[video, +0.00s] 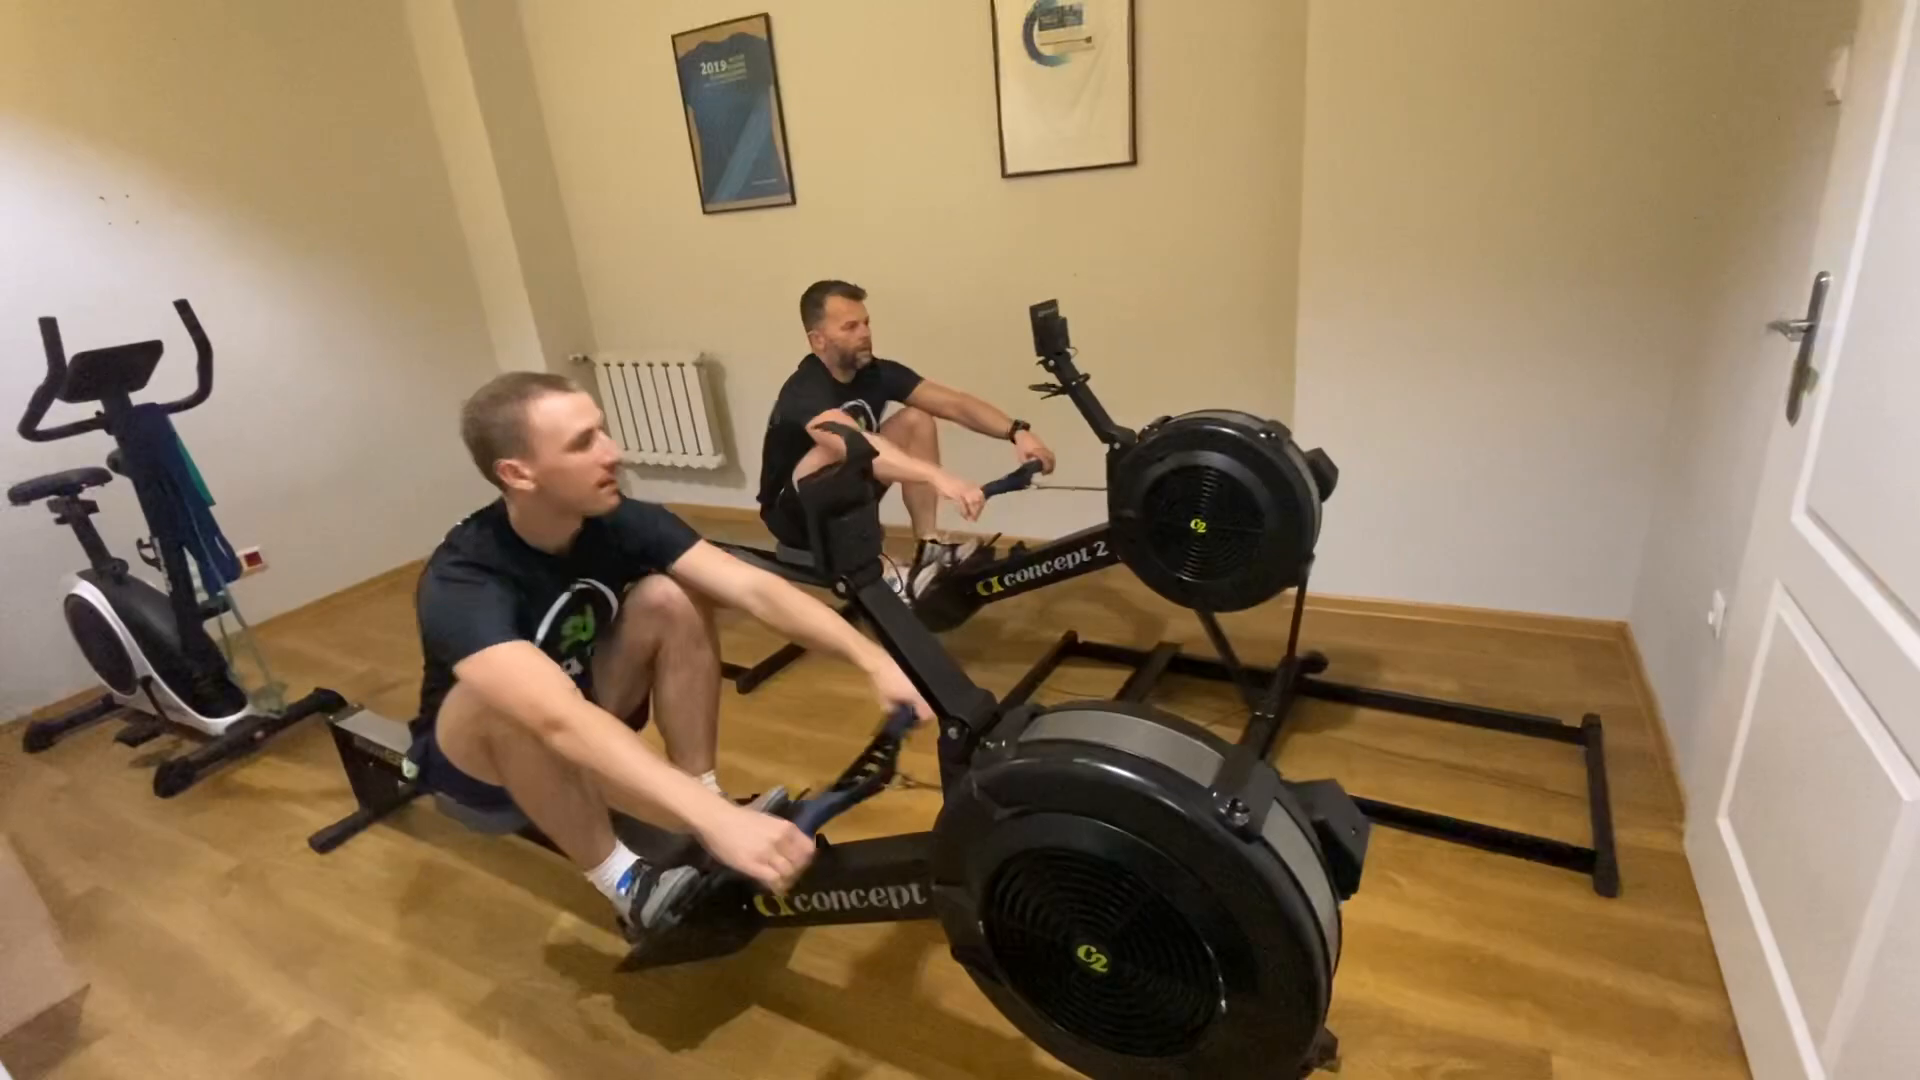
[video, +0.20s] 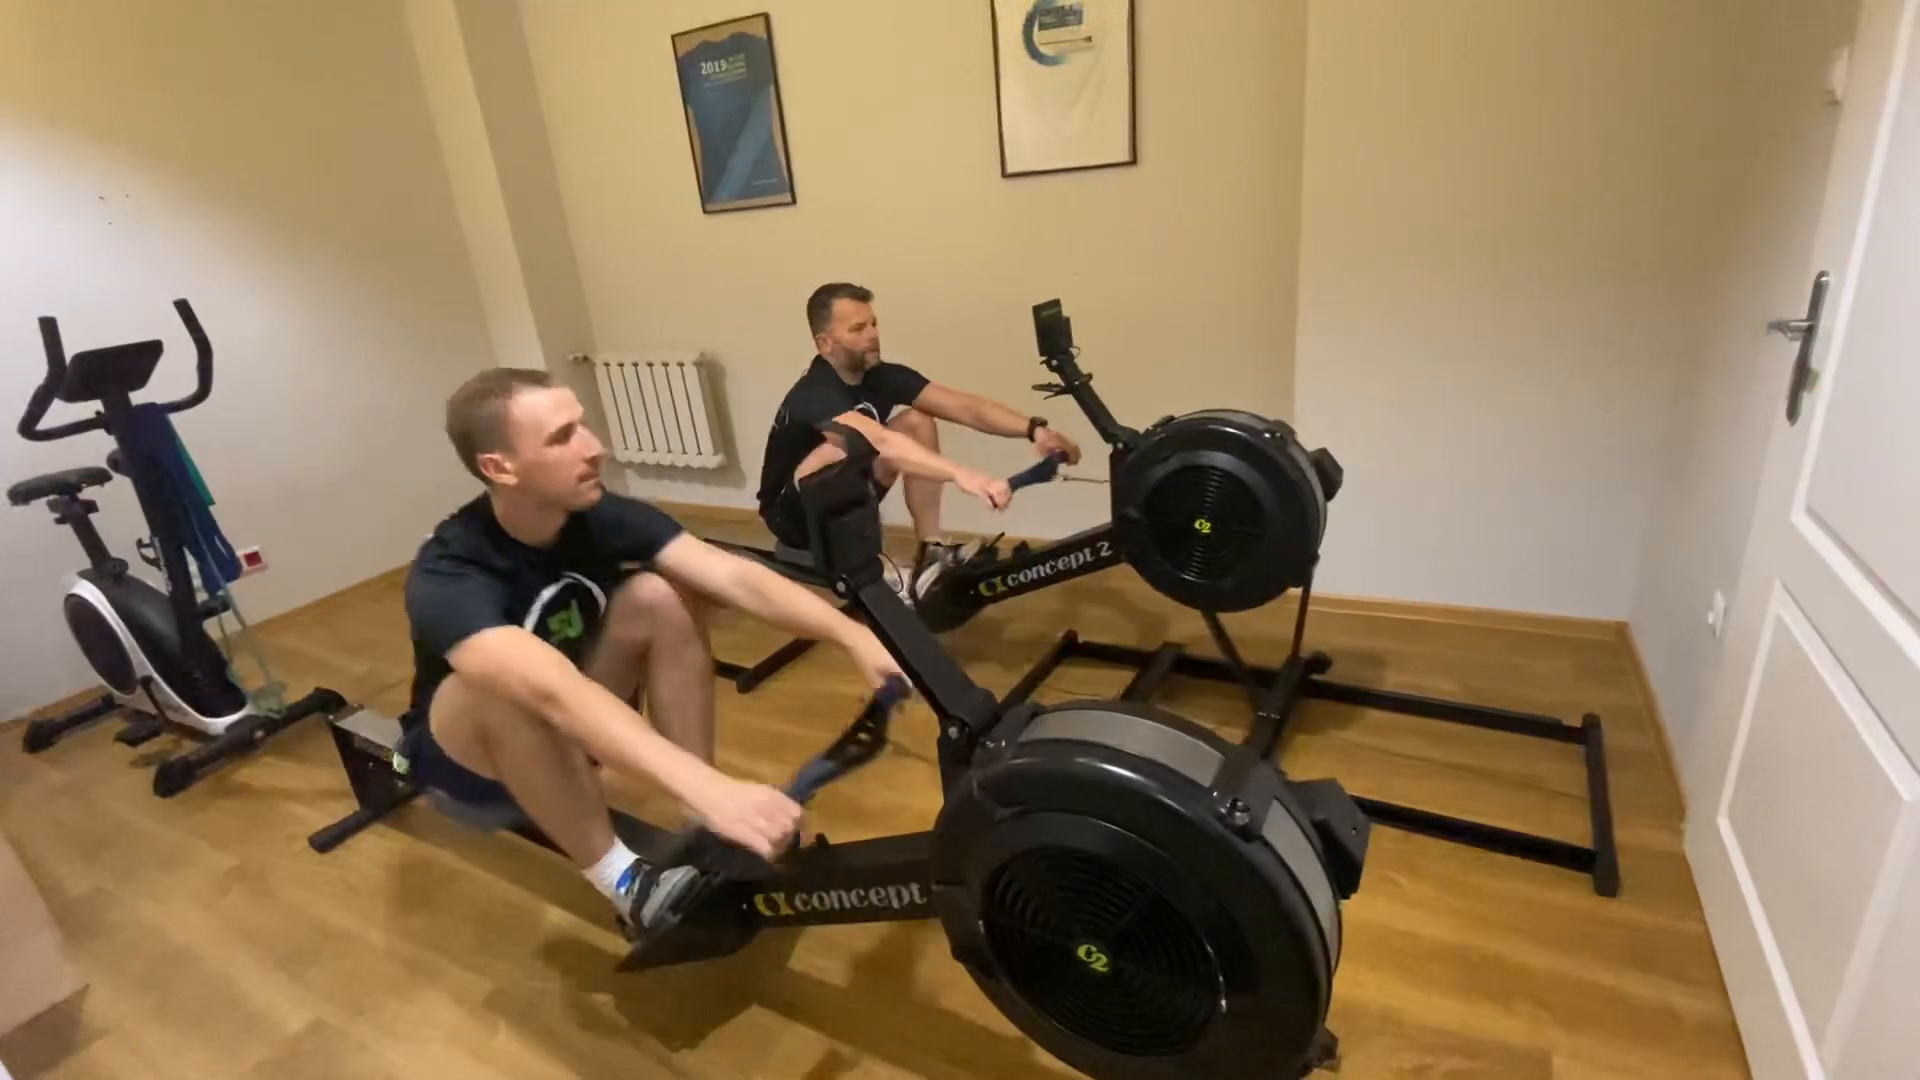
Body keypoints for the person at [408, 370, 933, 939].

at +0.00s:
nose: (613, 453)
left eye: (603, 433)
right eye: (585, 443)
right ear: (517, 475)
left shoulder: (623, 524)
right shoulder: (462, 585)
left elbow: (756, 589)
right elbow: (564, 720)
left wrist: (874, 659)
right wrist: (720, 823)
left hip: (583, 739)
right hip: (484, 784)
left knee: (666, 601)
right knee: (512, 693)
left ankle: (703, 806)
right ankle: (626, 884)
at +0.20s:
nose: (593, 447)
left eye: (584, 427)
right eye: (563, 437)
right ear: (499, 468)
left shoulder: (604, 518)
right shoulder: (448, 578)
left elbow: (735, 578)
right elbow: (554, 692)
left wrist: (853, 636)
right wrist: (713, 793)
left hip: (569, 734)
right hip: (471, 777)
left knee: (656, 598)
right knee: (511, 683)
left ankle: (709, 833)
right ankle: (628, 887)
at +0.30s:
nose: (546, 430)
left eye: (539, 410)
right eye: (516, 421)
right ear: (453, 449)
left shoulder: (562, 501)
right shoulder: (408, 563)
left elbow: (682, 556)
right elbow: (510, 666)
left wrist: (806, 613)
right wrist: (649, 755)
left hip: (548, 715)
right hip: (448, 758)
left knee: (639, 600)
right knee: (492, 679)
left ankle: (711, 815)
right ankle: (626, 887)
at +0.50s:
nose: (415, 401)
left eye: (416, 382)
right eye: (388, 390)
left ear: (423, 382)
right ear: (332, 414)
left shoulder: (456, 472)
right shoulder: (306, 529)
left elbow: (571, 525)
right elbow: (391, 614)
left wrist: (679, 576)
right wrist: (499, 681)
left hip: (483, 648)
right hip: (382, 696)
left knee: (591, 620)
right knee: (473, 692)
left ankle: (707, 815)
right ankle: (627, 889)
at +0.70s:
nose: (318, 398)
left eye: (320, 379)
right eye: (292, 387)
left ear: (328, 378)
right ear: (236, 404)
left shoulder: (379, 464)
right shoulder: (224, 513)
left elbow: (484, 526)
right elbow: (282, 619)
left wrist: (562, 553)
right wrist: (375, 651)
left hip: (432, 637)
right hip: (335, 673)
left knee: (553, 662)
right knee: (445, 716)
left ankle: (706, 816)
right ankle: (623, 892)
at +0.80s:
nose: (287, 412)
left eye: (291, 392)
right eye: (262, 402)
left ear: (303, 385)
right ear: (213, 414)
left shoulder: (357, 469)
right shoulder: (201, 520)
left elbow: (455, 534)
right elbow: (229, 637)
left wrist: (506, 549)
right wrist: (316, 648)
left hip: (413, 629)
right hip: (323, 670)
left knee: (541, 687)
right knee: (446, 737)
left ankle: (705, 816)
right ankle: (617, 893)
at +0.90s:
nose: (268, 430)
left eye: (275, 409)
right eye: (243, 420)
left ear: (285, 401)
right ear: (203, 430)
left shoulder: (346, 478)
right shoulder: (191, 530)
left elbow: (436, 539)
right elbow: (186, 658)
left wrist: (463, 549)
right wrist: (262, 646)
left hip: (411, 633)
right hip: (323, 676)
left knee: (534, 706)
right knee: (450, 758)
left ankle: (707, 816)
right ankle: (622, 897)